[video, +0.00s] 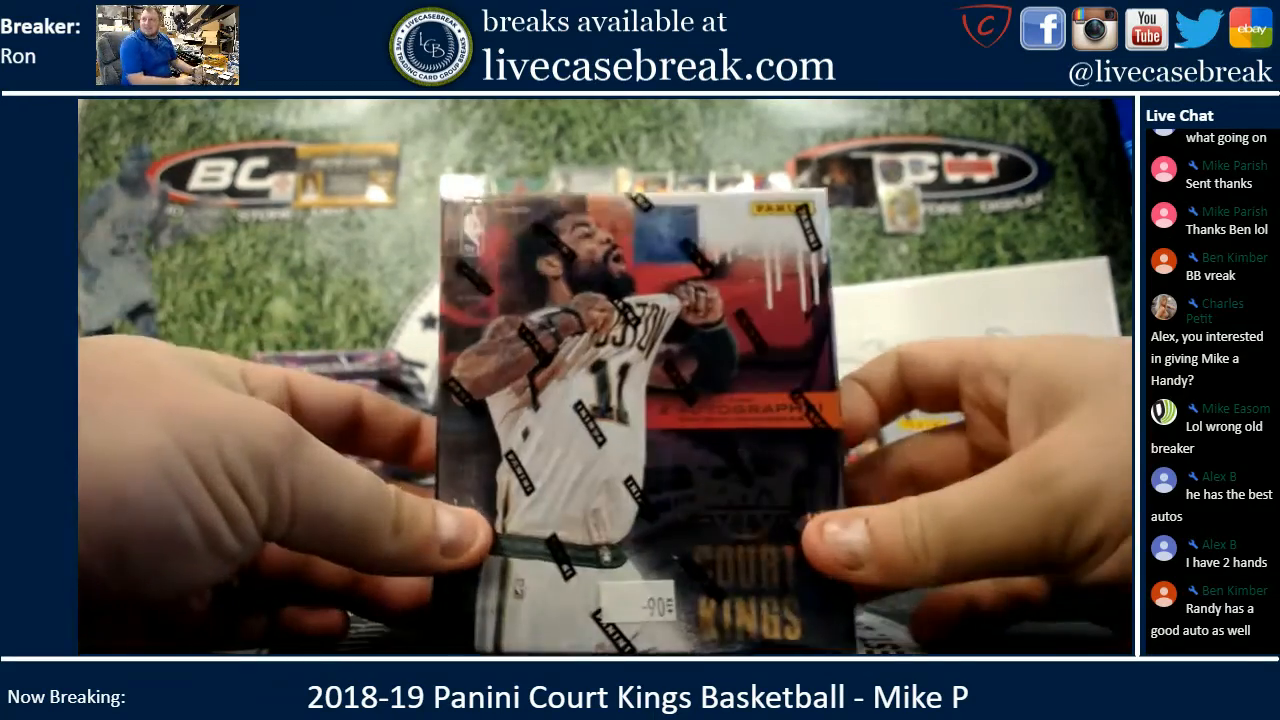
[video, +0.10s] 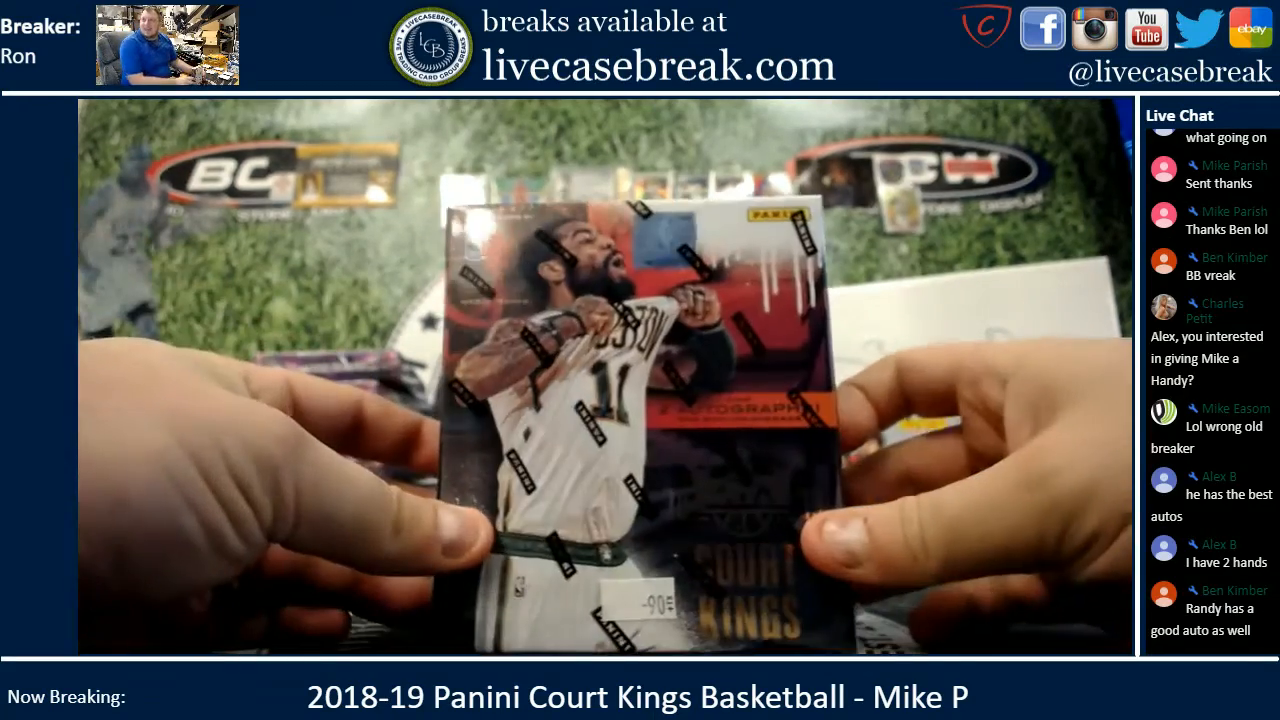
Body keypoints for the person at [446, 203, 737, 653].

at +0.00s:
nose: (607, 239)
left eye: (603, 231)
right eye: (583, 233)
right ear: (549, 265)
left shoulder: (638, 322)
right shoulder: (515, 331)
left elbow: (717, 374)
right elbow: (464, 380)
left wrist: (711, 325)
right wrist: (563, 323)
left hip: (614, 562)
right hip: (536, 566)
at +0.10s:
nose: (608, 245)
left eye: (602, 236)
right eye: (584, 239)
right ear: (550, 270)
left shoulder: (636, 325)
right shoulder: (518, 332)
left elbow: (716, 375)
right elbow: (469, 382)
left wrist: (708, 326)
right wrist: (565, 325)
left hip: (613, 562)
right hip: (535, 565)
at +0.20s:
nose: (606, 246)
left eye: (602, 238)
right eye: (583, 240)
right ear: (549, 271)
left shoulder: (633, 326)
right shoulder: (518, 333)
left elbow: (715, 374)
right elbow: (468, 382)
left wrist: (707, 327)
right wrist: (564, 325)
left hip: (612, 562)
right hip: (535, 566)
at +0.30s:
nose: (606, 247)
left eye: (602, 239)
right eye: (583, 241)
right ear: (549, 272)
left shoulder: (634, 324)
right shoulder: (517, 332)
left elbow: (715, 375)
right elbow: (468, 382)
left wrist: (705, 327)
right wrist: (566, 323)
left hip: (612, 563)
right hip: (533, 566)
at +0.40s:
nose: (605, 248)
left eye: (602, 241)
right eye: (582, 242)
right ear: (548, 273)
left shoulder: (630, 330)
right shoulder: (516, 333)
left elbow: (713, 374)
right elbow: (468, 382)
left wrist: (704, 328)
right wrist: (563, 325)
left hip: (611, 562)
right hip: (533, 565)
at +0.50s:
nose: (605, 248)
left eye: (602, 241)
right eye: (582, 242)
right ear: (548, 273)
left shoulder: (634, 325)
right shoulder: (517, 333)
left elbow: (713, 375)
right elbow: (468, 381)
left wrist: (704, 329)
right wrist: (563, 326)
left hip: (611, 563)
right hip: (533, 566)